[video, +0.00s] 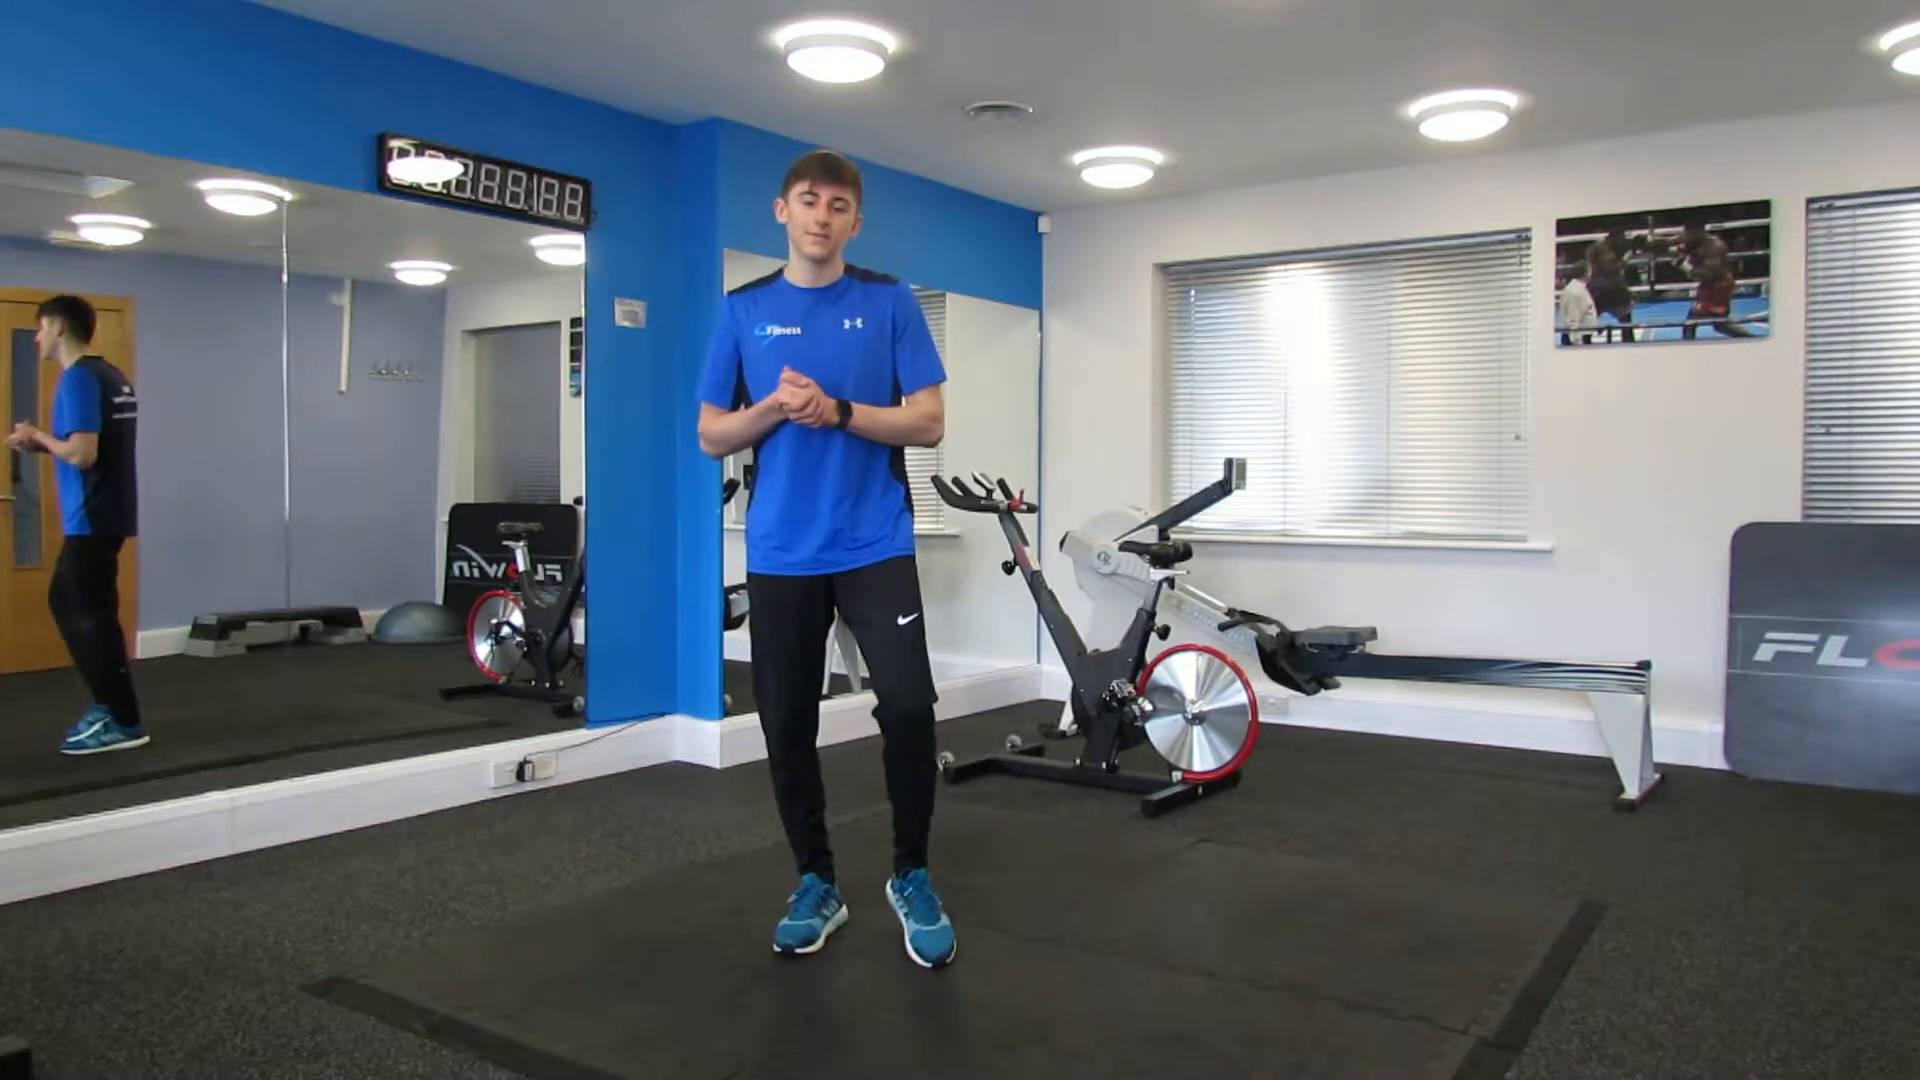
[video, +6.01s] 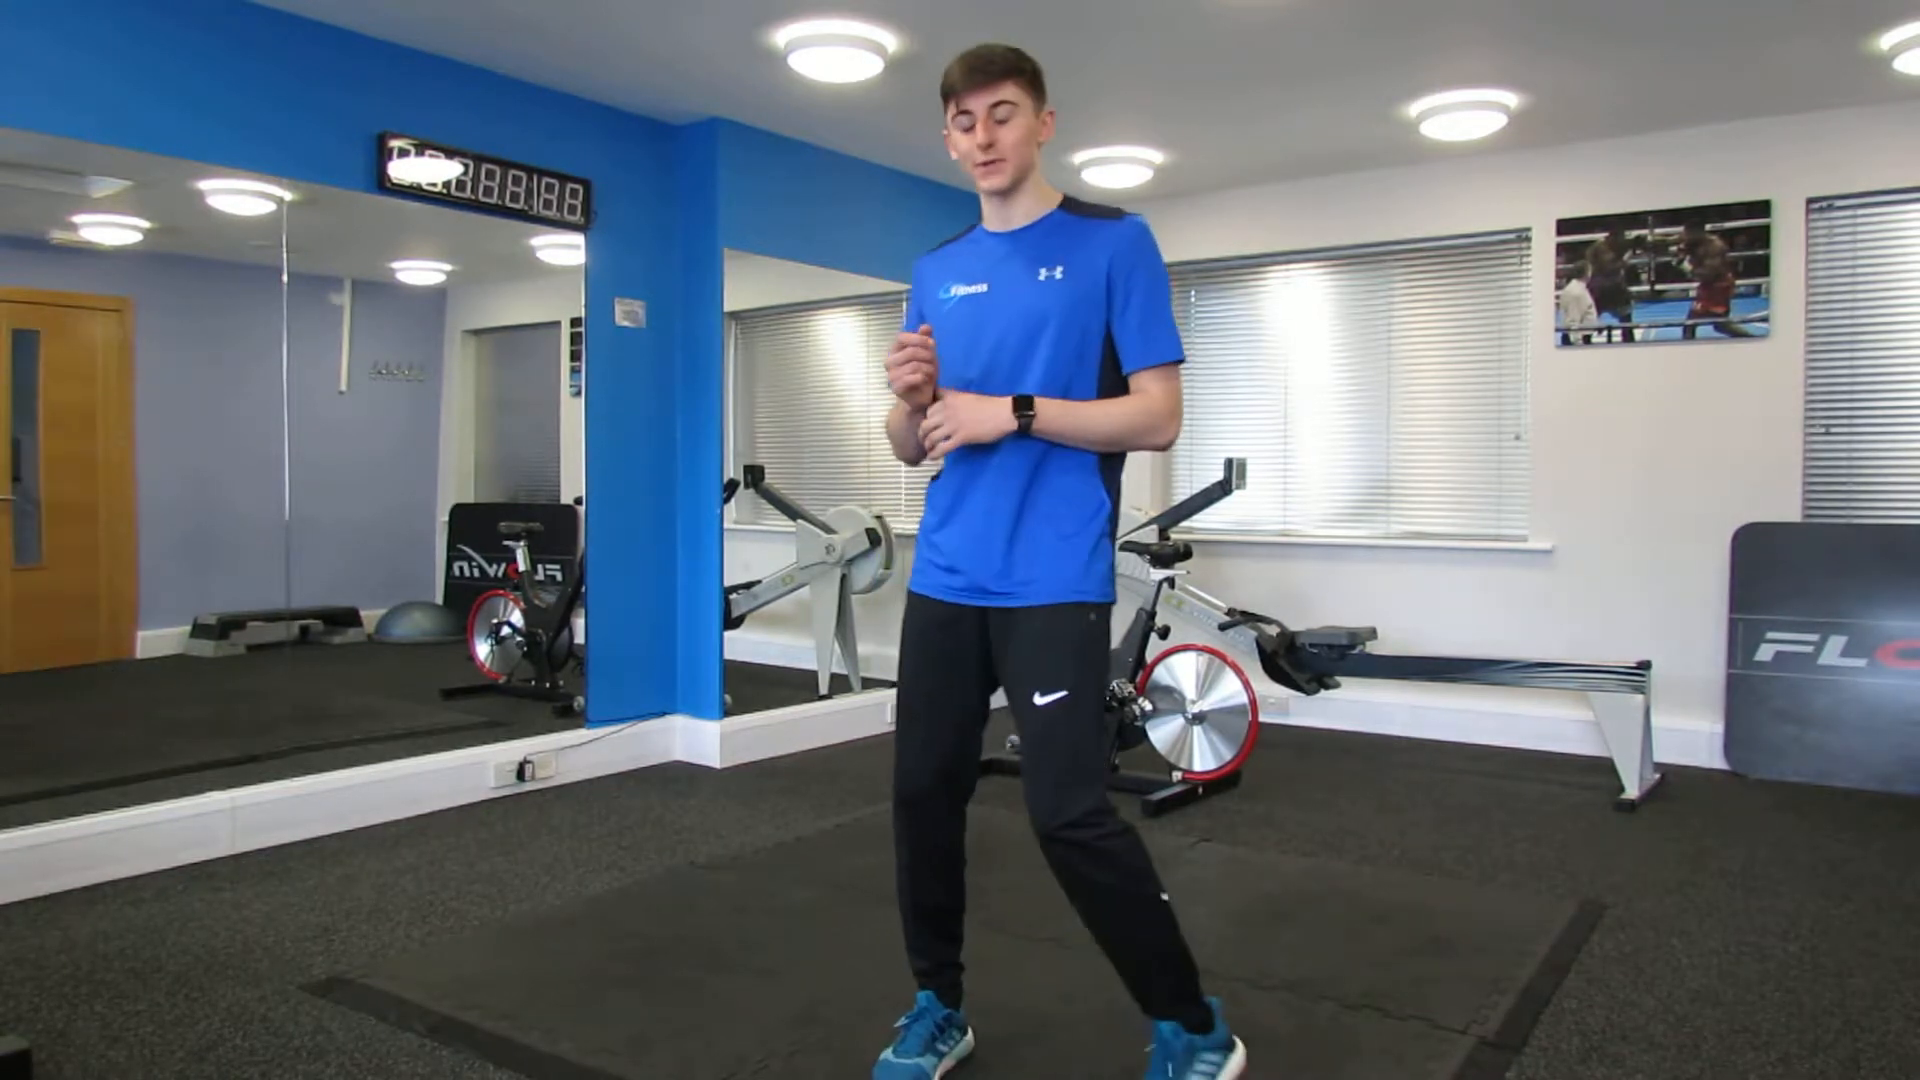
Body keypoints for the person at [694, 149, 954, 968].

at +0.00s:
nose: (824, 214)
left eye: (839, 205)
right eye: (810, 201)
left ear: (856, 221)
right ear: (782, 213)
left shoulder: (890, 301)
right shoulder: (742, 309)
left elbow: (929, 421)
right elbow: (712, 435)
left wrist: (839, 411)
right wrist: (768, 410)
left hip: (875, 543)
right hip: (781, 550)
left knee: (910, 706)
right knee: (786, 726)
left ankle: (911, 876)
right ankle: (816, 882)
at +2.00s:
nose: (915, 143)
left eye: (933, 127)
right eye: (896, 129)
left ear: (961, 146)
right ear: (871, 147)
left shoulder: (1013, 258)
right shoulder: (828, 269)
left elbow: (1060, 411)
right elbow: (772, 426)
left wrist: (959, 404)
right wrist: (844, 392)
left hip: (974, 564)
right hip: (856, 567)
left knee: (982, 781)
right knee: (855, 796)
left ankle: (1014, 940)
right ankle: (886, 1008)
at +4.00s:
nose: (975, 206)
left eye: (990, 195)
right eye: (960, 194)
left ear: (1009, 211)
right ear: (935, 208)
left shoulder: (1050, 301)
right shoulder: (898, 314)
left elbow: (1089, 427)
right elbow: (864, 446)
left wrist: (1001, 424)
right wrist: (922, 418)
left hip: (1027, 553)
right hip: (929, 556)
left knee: (1049, 726)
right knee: (938, 731)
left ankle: (1054, 914)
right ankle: (961, 894)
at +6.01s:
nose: (980, 136)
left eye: (1001, 114)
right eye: (963, 121)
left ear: (1045, 123)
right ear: (951, 139)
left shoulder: (1114, 242)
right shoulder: (934, 272)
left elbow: (1159, 415)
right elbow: (914, 452)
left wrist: (1012, 414)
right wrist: (912, 401)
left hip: (1058, 578)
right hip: (946, 574)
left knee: (1070, 814)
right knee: (923, 798)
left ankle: (1193, 1032)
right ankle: (938, 1006)